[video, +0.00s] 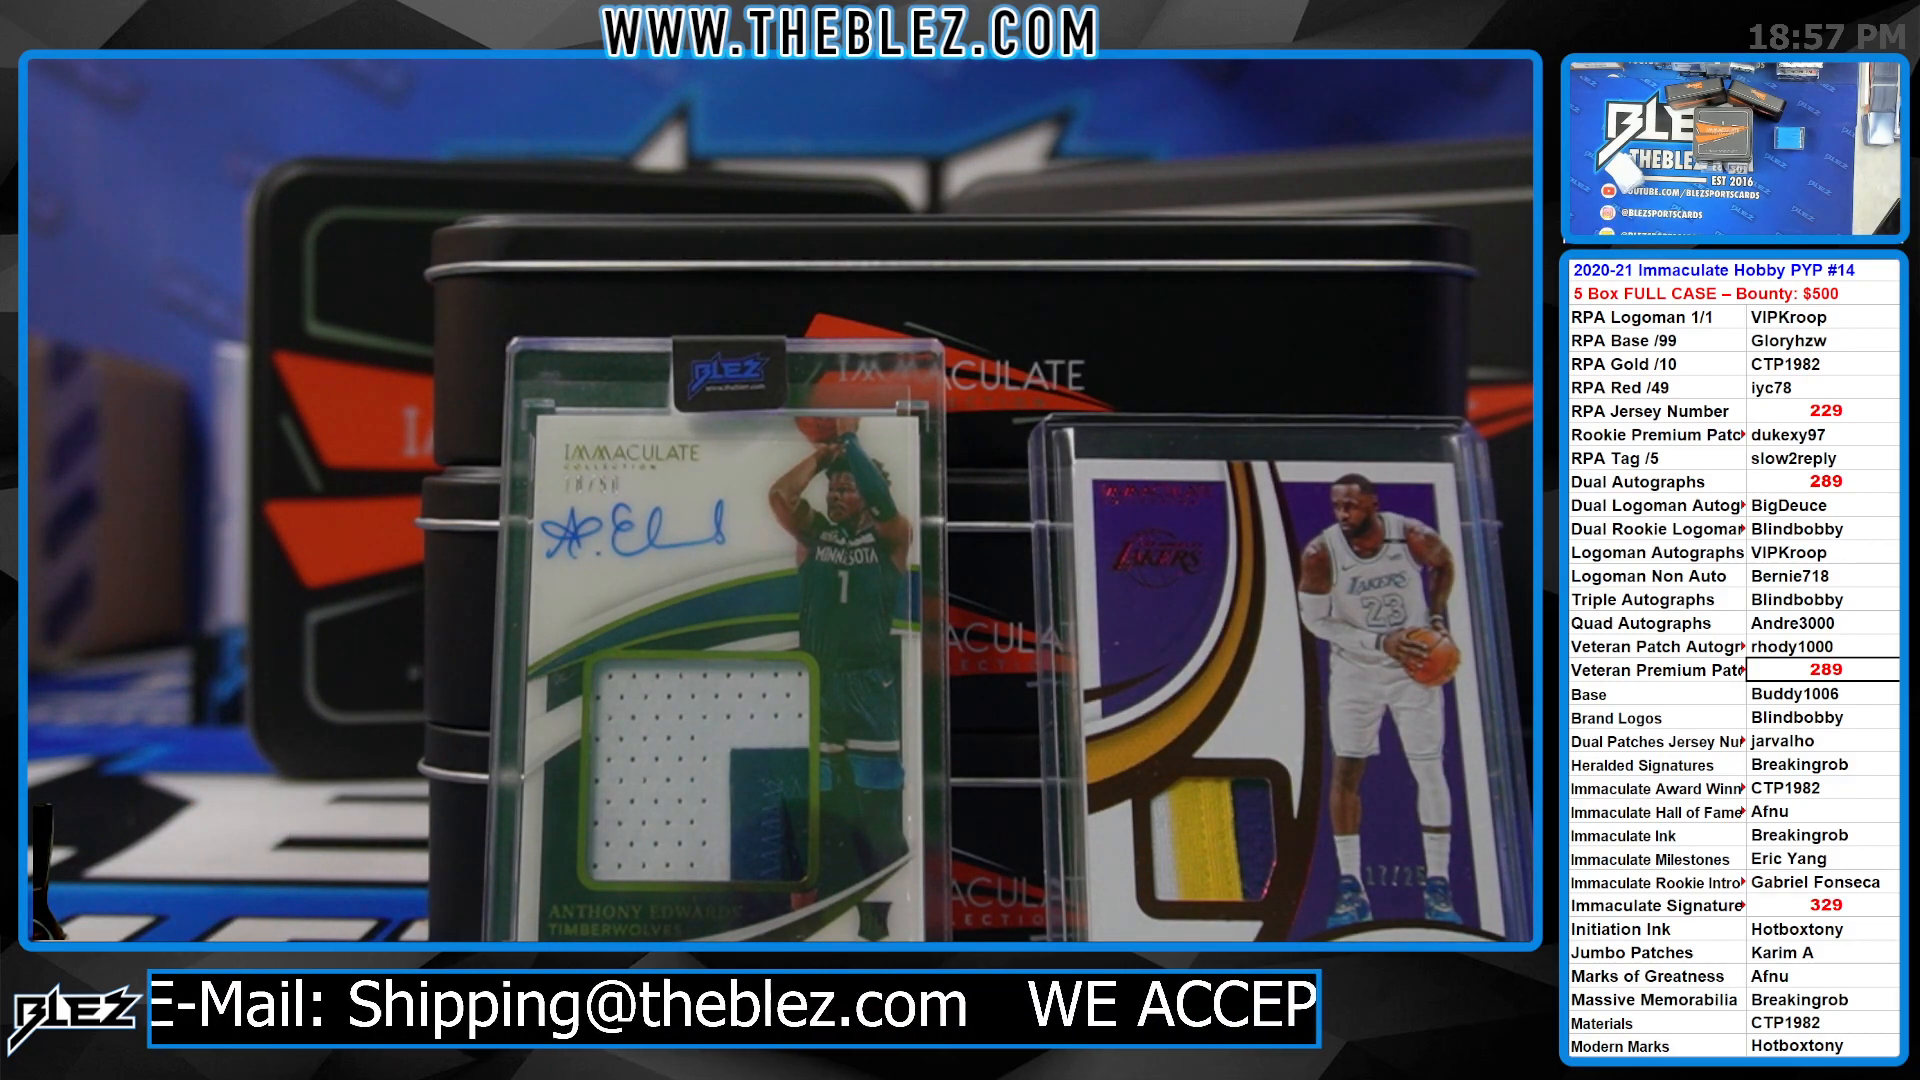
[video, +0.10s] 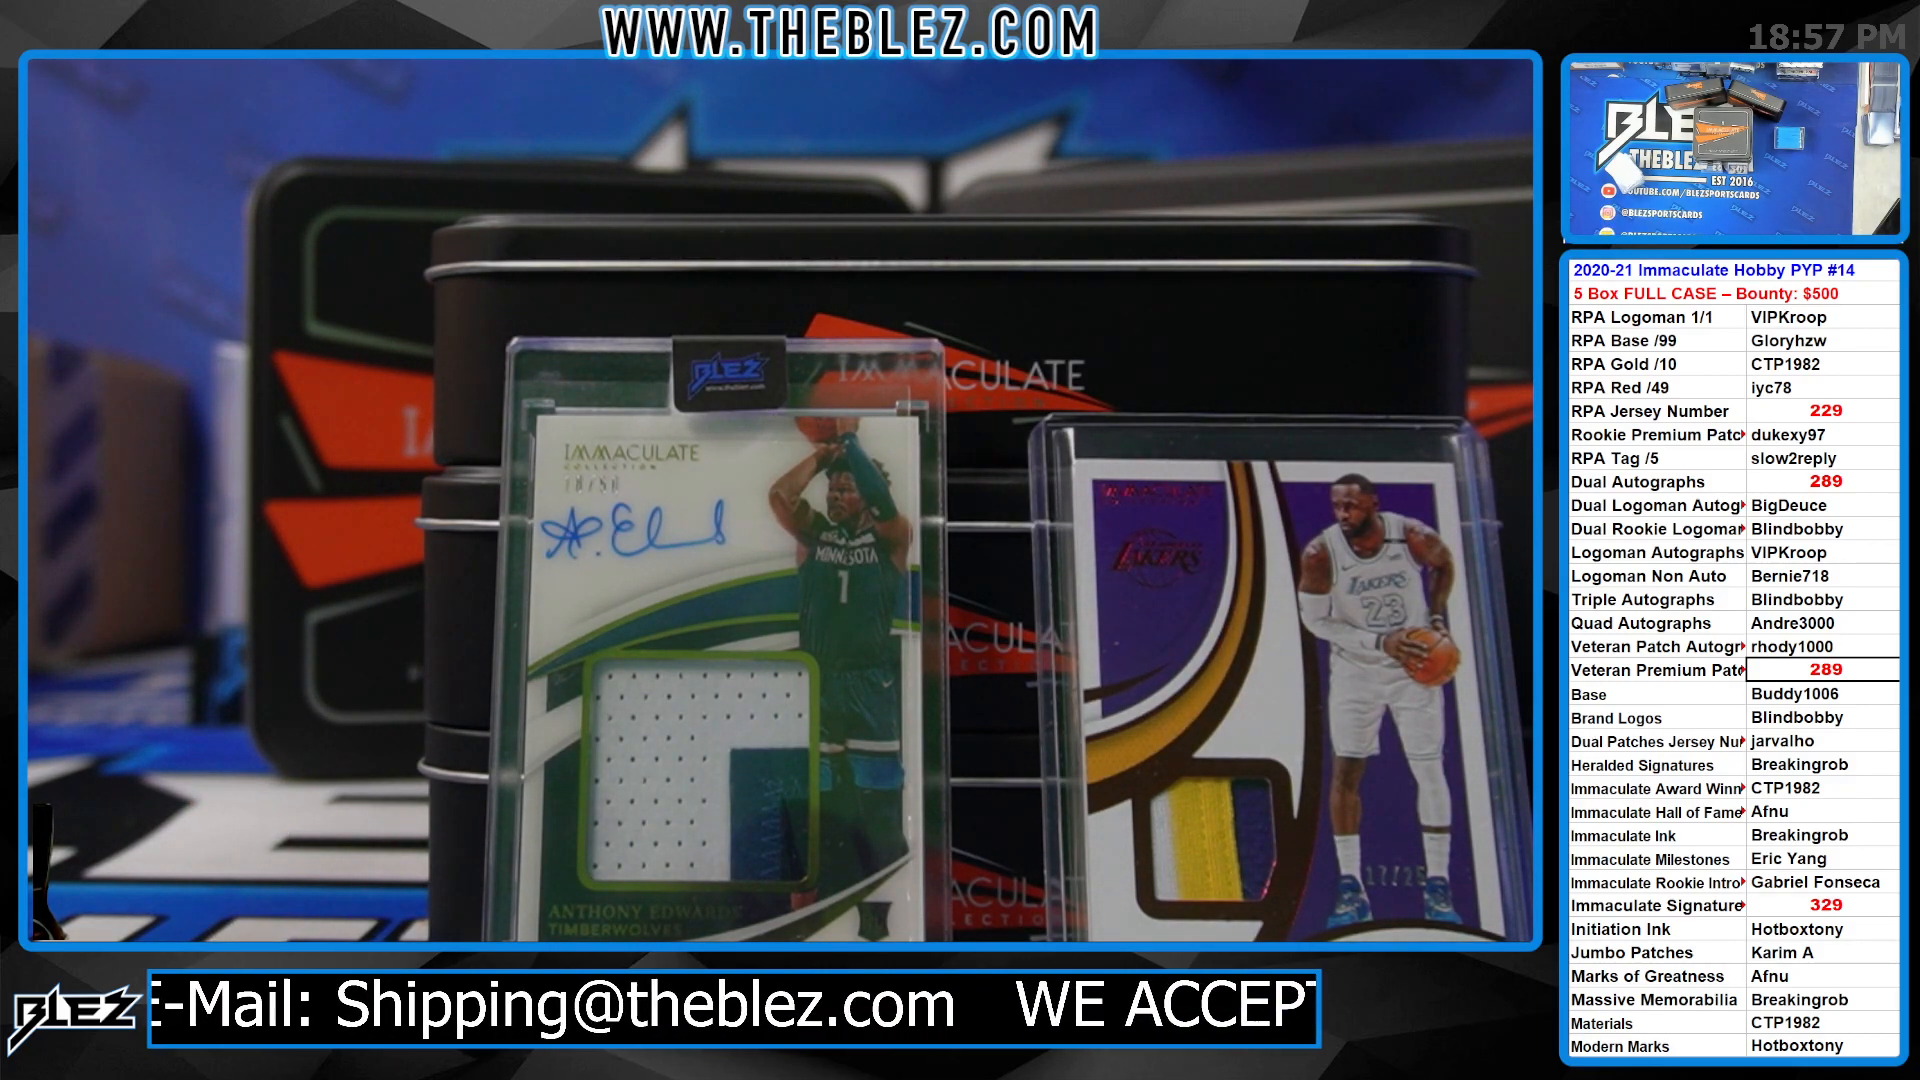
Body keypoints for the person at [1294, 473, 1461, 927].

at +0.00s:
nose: (1342, 514)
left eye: (1351, 505)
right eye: (1337, 506)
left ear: (1373, 505)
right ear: (1332, 509)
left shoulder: (1413, 536)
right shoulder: (1319, 555)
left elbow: (1444, 565)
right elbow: (1315, 621)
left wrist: (1436, 618)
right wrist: (1379, 641)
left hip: (1414, 673)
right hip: (1354, 674)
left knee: (1430, 771)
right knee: (1348, 773)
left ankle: (1438, 884)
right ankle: (1350, 888)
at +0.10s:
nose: (1342, 514)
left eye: (1350, 505)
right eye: (1337, 506)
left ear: (1373, 505)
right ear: (1332, 509)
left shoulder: (1413, 536)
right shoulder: (1319, 555)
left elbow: (1444, 565)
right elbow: (1315, 621)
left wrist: (1436, 617)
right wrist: (1379, 641)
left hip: (1414, 673)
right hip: (1354, 675)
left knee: (1430, 772)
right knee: (1348, 773)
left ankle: (1438, 885)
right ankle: (1350, 888)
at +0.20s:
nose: (1342, 514)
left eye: (1350, 505)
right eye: (1337, 506)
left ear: (1373, 505)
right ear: (1332, 509)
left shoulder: (1413, 536)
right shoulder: (1319, 555)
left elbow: (1444, 565)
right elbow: (1315, 621)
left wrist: (1436, 617)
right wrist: (1379, 642)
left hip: (1414, 673)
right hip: (1354, 674)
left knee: (1430, 771)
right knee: (1348, 773)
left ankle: (1438, 885)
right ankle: (1350, 888)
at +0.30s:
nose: (1342, 514)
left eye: (1351, 505)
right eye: (1337, 506)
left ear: (1373, 505)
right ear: (1332, 509)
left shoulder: (1413, 536)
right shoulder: (1319, 555)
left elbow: (1444, 565)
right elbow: (1315, 621)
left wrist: (1436, 617)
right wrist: (1379, 642)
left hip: (1414, 673)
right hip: (1354, 674)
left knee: (1430, 771)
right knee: (1348, 772)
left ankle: (1438, 885)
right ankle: (1350, 888)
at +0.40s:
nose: (1343, 513)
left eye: (1351, 505)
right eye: (1337, 506)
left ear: (1373, 505)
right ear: (1332, 509)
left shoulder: (1413, 536)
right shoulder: (1319, 555)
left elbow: (1444, 565)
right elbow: (1315, 621)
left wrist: (1436, 616)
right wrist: (1379, 641)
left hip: (1414, 673)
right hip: (1354, 675)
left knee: (1429, 771)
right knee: (1348, 773)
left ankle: (1438, 885)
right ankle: (1350, 888)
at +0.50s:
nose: (1345, 514)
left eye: (1353, 505)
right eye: (1338, 507)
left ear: (1373, 503)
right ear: (1331, 510)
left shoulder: (1407, 532)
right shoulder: (1322, 551)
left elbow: (1443, 563)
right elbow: (1314, 622)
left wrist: (1434, 620)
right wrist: (1364, 646)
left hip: (1415, 674)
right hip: (1353, 677)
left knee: (1429, 772)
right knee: (1348, 772)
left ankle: (1437, 884)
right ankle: (1350, 887)